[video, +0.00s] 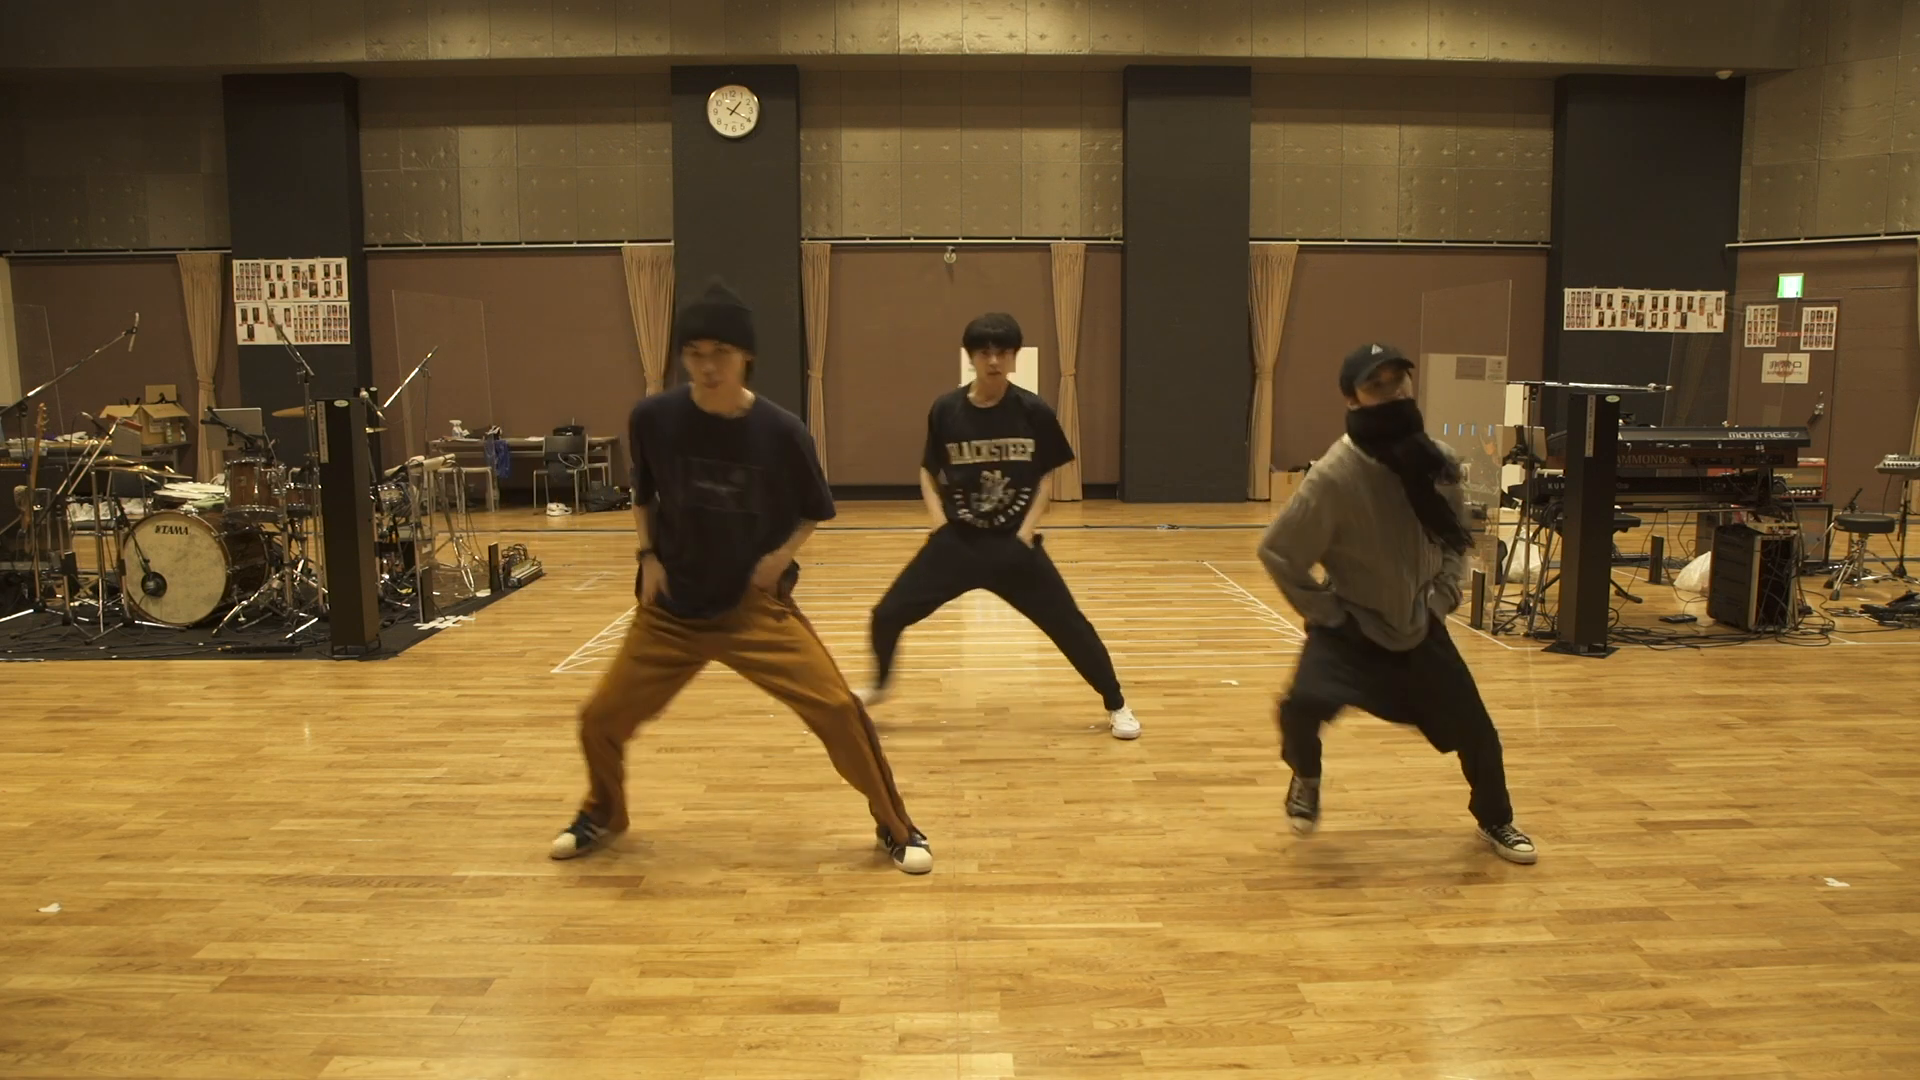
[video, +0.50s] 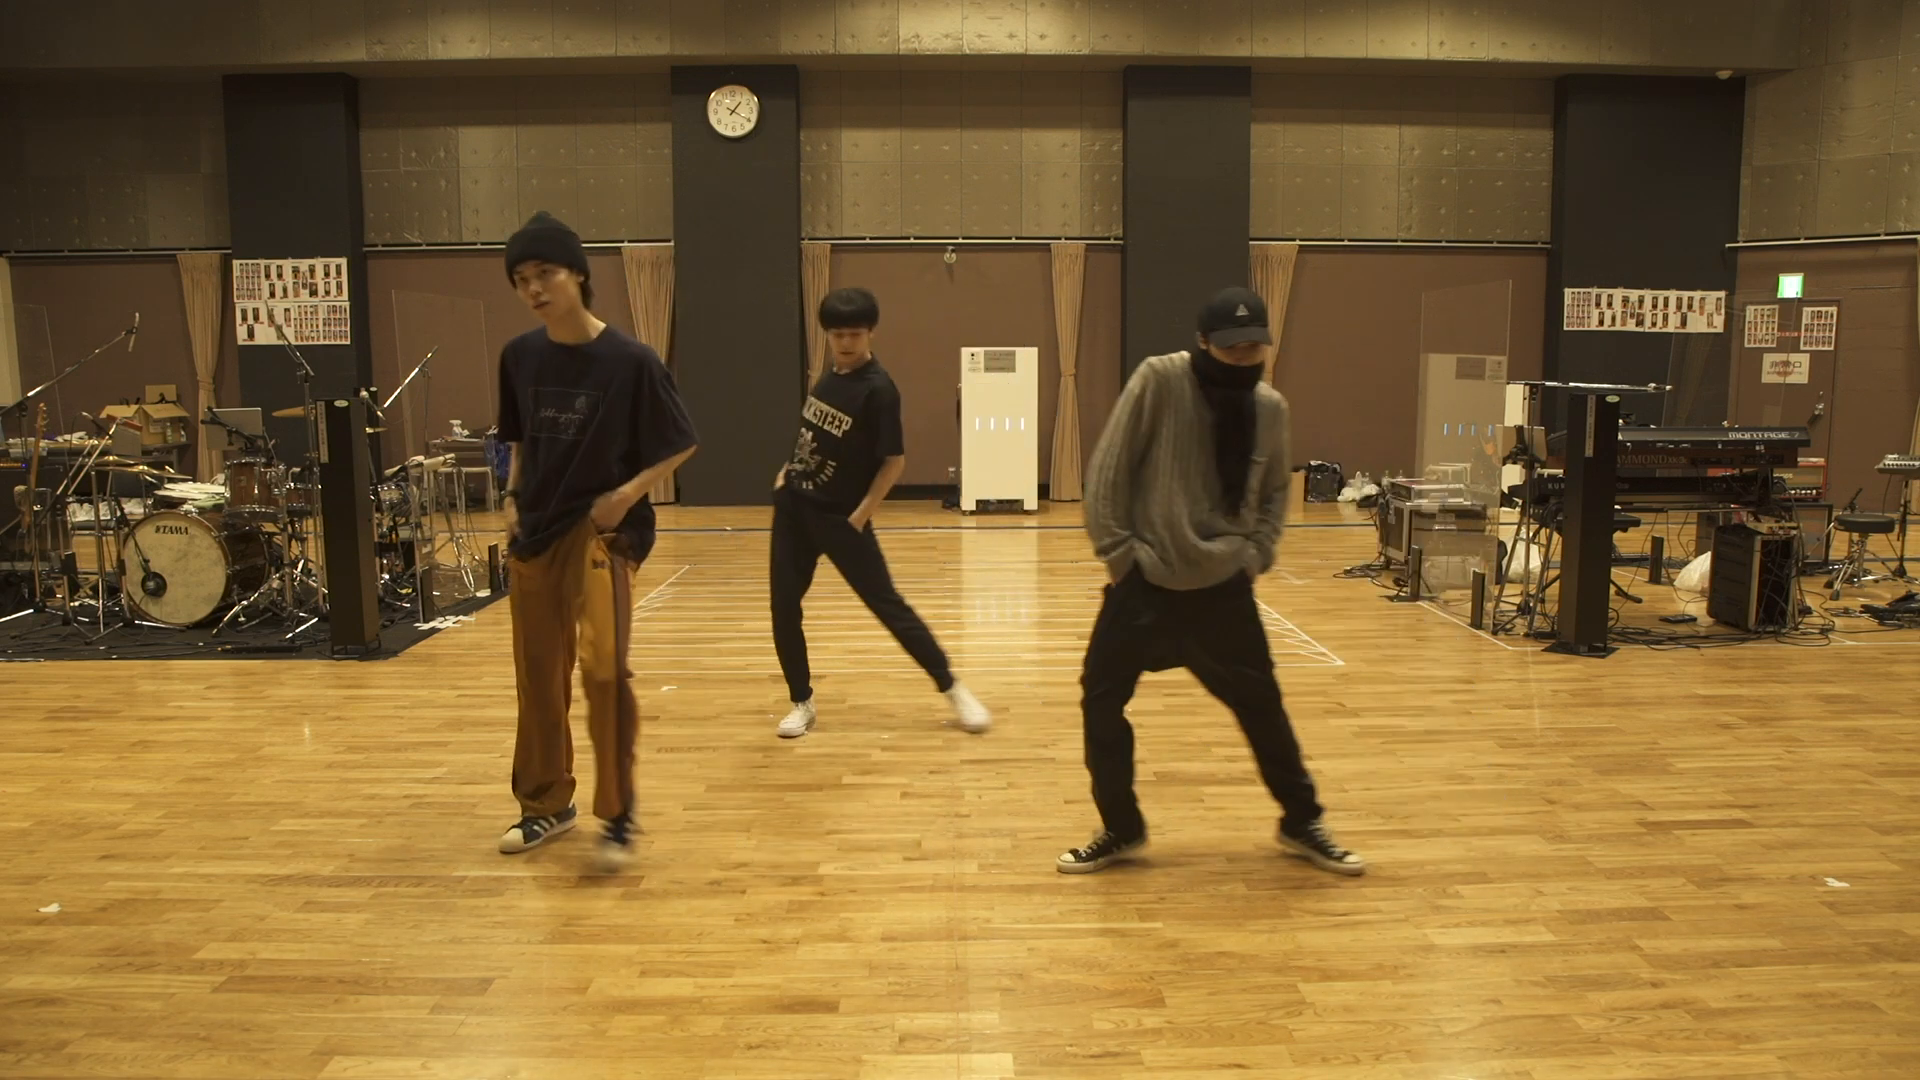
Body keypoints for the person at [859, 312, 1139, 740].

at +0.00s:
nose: (994, 362)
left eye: (1003, 353)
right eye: (985, 353)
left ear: (1015, 358)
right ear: (970, 357)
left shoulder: (1035, 412)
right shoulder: (946, 410)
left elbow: (1045, 475)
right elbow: (928, 469)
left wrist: (1026, 532)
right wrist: (941, 522)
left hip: (1014, 546)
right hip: (956, 543)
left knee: (1069, 625)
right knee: (886, 615)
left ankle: (1118, 707)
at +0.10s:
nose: (972, 358)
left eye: (981, 350)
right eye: (964, 349)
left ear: (992, 353)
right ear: (948, 351)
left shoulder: (1004, 402)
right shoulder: (923, 398)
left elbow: (1012, 470)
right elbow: (910, 456)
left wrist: (993, 532)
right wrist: (911, 508)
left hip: (980, 541)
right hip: (926, 536)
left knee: (1038, 620)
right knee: (866, 611)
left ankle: (1108, 700)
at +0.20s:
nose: (938, 358)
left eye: (946, 348)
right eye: (929, 348)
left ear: (960, 348)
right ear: (915, 348)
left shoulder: (965, 405)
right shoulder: (905, 381)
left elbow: (974, 477)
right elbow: (888, 447)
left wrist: (947, 530)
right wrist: (870, 497)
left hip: (934, 533)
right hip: (884, 524)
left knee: (997, 613)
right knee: (836, 611)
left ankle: (1070, 695)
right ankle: (805, 707)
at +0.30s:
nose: (888, 353)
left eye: (898, 345)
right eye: (881, 345)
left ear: (915, 344)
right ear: (870, 343)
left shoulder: (918, 400)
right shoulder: (876, 378)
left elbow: (934, 472)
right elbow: (865, 444)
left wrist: (900, 528)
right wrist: (839, 488)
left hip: (889, 527)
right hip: (843, 517)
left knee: (948, 611)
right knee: (808, 612)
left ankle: (1024, 691)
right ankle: (804, 707)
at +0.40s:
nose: (866, 350)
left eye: (875, 341)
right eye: (859, 341)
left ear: (894, 339)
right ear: (848, 340)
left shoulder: (895, 397)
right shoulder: (855, 373)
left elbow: (912, 469)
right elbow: (838, 434)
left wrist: (879, 526)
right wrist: (815, 479)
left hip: (869, 522)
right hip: (823, 512)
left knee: (923, 606)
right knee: (798, 608)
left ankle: (999, 690)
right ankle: (803, 705)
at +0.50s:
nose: (844, 344)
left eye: (853, 335)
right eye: (837, 335)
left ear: (871, 334)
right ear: (826, 334)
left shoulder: (880, 390)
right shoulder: (829, 373)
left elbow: (895, 461)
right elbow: (816, 435)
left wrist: (860, 516)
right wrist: (787, 472)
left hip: (841, 519)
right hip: (794, 508)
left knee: (887, 606)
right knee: (783, 607)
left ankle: (953, 690)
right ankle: (801, 704)